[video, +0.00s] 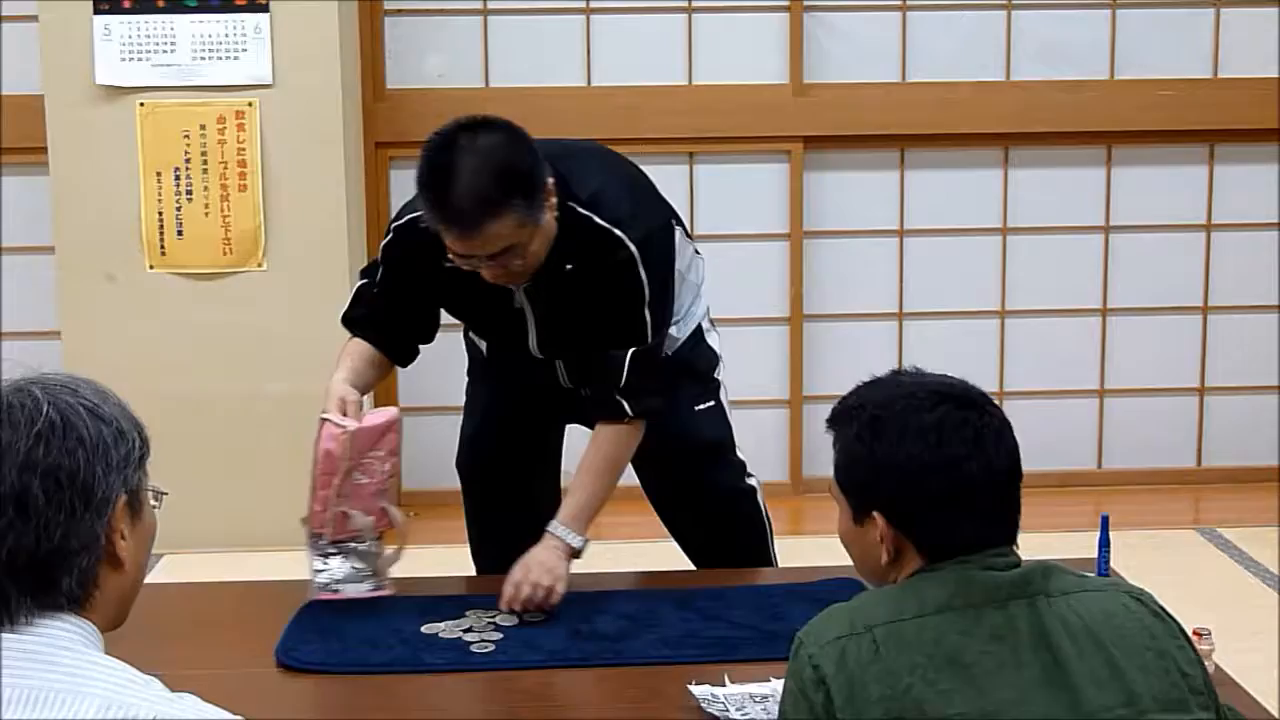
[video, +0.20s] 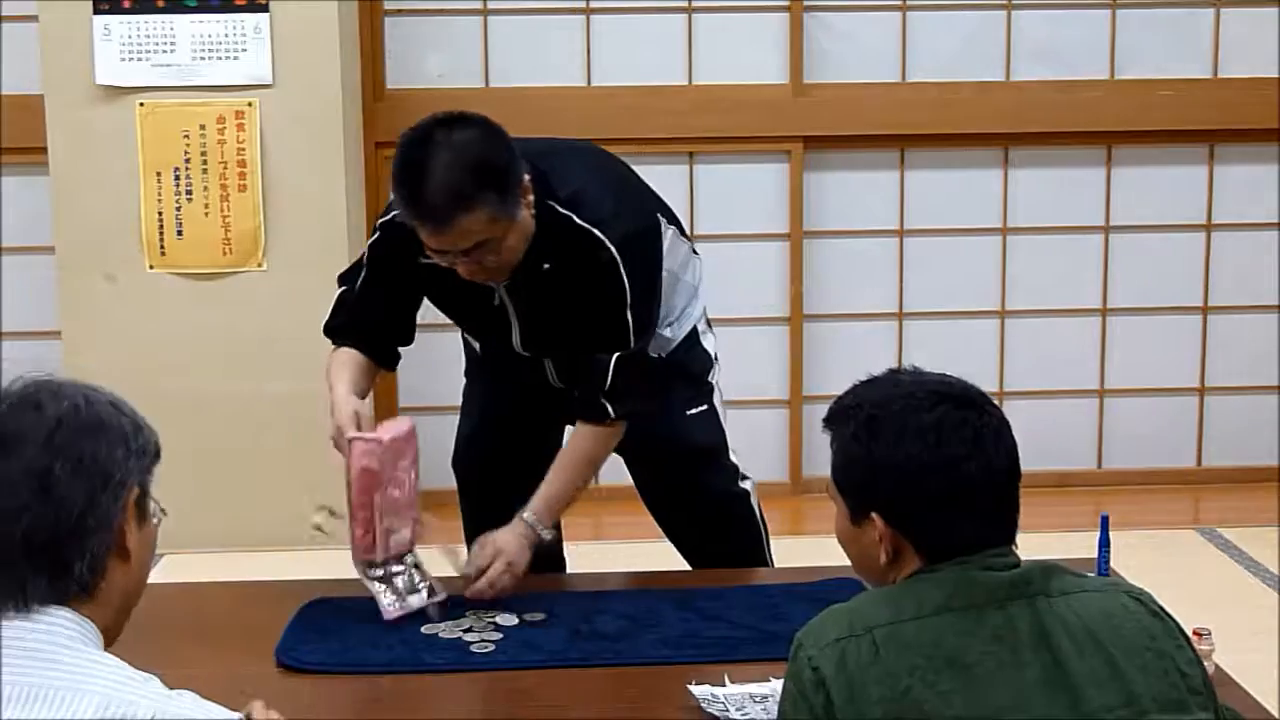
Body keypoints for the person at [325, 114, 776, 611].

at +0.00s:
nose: (490, 273)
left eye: (507, 253)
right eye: (467, 258)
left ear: (549, 200)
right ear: (437, 224)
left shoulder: (624, 235)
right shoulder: (423, 232)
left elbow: (625, 410)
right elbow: (385, 322)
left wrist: (560, 543)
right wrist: (348, 380)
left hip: (643, 347)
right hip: (515, 353)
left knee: (705, 486)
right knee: (493, 481)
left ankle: (763, 623)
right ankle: (511, 641)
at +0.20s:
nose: (464, 268)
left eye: (482, 249)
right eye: (443, 253)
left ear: (525, 197)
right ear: (415, 219)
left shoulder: (604, 230)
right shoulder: (414, 217)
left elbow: (607, 410)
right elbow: (362, 323)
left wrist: (529, 527)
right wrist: (345, 399)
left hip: (642, 339)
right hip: (513, 348)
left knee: (697, 489)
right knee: (486, 479)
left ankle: (762, 620)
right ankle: (527, 649)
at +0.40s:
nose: (453, 267)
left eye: (468, 247)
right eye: (432, 254)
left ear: (511, 195)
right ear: (404, 227)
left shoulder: (592, 228)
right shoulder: (404, 227)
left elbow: (579, 406)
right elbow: (361, 325)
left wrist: (495, 522)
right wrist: (333, 395)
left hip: (638, 343)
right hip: (509, 354)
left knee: (697, 495)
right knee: (484, 485)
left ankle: (761, 623)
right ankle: (525, 643)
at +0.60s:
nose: (445, 266)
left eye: (458, 244)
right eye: (421, 252)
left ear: (500, 191)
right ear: (394, 228)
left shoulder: (584, 232)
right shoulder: (393, 242)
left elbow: (588, 406)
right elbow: (357, 351)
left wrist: (510, 529)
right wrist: (286, 423)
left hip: (636, 352)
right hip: (508, 361)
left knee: (681, 505)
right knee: (475, 491)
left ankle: (747, 613)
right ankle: (530, 653)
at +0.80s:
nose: (434, 257)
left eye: (451, 233)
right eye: (413, 239)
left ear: (497, 187)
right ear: (392, 218)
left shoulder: (586, 242)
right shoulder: (404, 250)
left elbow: (601, 408)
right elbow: (375, 364)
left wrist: (541, 549)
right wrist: (290, 444)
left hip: (632, 392)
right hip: (510, 389)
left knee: (631, 542)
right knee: (464, 502)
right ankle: (491, 664)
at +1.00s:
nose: (465, 256)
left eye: (484, 235)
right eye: (444, 237)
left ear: (531, 194)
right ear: (425, 212)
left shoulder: (607, 263)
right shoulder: (427, 258)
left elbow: (607, 429)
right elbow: (406, 367)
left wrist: (539, 559)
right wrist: (349, 428)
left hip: (633, 441)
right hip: (512, 428)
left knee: (599, 586)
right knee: (440, 522)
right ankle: (485, 693)